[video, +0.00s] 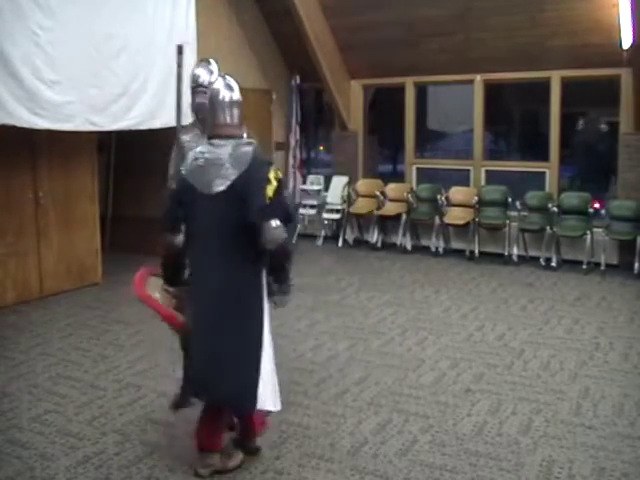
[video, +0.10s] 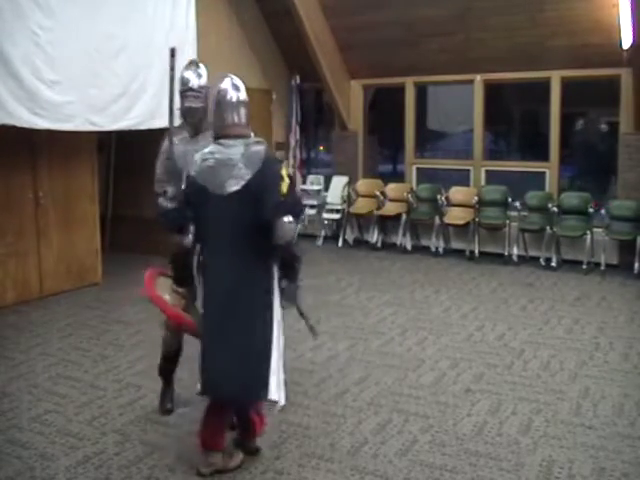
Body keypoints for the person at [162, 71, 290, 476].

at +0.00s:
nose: (232, 121)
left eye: (215, 114)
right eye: (234, 115)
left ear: (203, 118)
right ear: (240, 116)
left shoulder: (192, 160)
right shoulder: (252, 163)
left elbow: (174, 222)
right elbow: (269, 228)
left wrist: (173, 275)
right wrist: (281, 269)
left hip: (205, 274)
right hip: (242, 275)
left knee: (225, 354)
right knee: (244, 356)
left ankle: (246, 435)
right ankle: (213, 445)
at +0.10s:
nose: (238, 119)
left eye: (232, 113)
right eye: (238, 113)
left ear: (212, 117)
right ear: (246, 115)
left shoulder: (200, 164)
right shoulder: (264, 162)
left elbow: (184, 219)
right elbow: (279, 223)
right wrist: (289, 264)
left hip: (215, 268)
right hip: (253, 270)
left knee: (229, 348)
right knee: (244, 352)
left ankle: (248, 433)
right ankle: (214, 445)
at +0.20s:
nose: (245, 119)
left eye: (237, 115)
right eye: (248, 114)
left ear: (222, 119)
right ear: (256, 117)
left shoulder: (209, 163)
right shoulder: (273, 160)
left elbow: (193, 218)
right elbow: (290, 219)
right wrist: (302, 265)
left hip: (224, 267)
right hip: (263, 267)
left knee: (233, 346)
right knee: (255, 345)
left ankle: (249, 432)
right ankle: (224, 429)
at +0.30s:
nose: (254, 118)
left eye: (245, 113)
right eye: (258, 112)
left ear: (231, 117)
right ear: (265, 116)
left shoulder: (214, 162)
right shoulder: (284, 159)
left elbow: (201, 226)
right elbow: (306, 219)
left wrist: (201, 272)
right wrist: (311, 267)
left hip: (231, 266)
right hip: (273, 266)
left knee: (238, 342)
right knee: (276, 343)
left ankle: (239, 419)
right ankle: (256, 414)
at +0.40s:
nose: (266, 117)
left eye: (257, 111)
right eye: (271, 111)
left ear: (243, 114)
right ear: (277, 114)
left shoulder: (226, 163)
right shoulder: (295, 159)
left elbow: (212, 231)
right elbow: (315, 222)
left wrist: (209, 272)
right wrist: (321, 266)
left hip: (242, 266)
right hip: (283, 264)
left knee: (245, 344)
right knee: (289, 335)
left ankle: (250, 434)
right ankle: (286, 409)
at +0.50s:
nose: (277, 115)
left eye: (267, 109)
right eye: (283, 109)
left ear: (254, 112)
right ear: (289, 112)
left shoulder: (244, 160)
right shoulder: (312, 159)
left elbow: (222, 228)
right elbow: (324, 222)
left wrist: (217, 272)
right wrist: (330, 267)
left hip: (254, 268)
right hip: (295, 266)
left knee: (250, 352)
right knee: (304, 343)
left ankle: (251, 437)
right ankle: (321, 417)